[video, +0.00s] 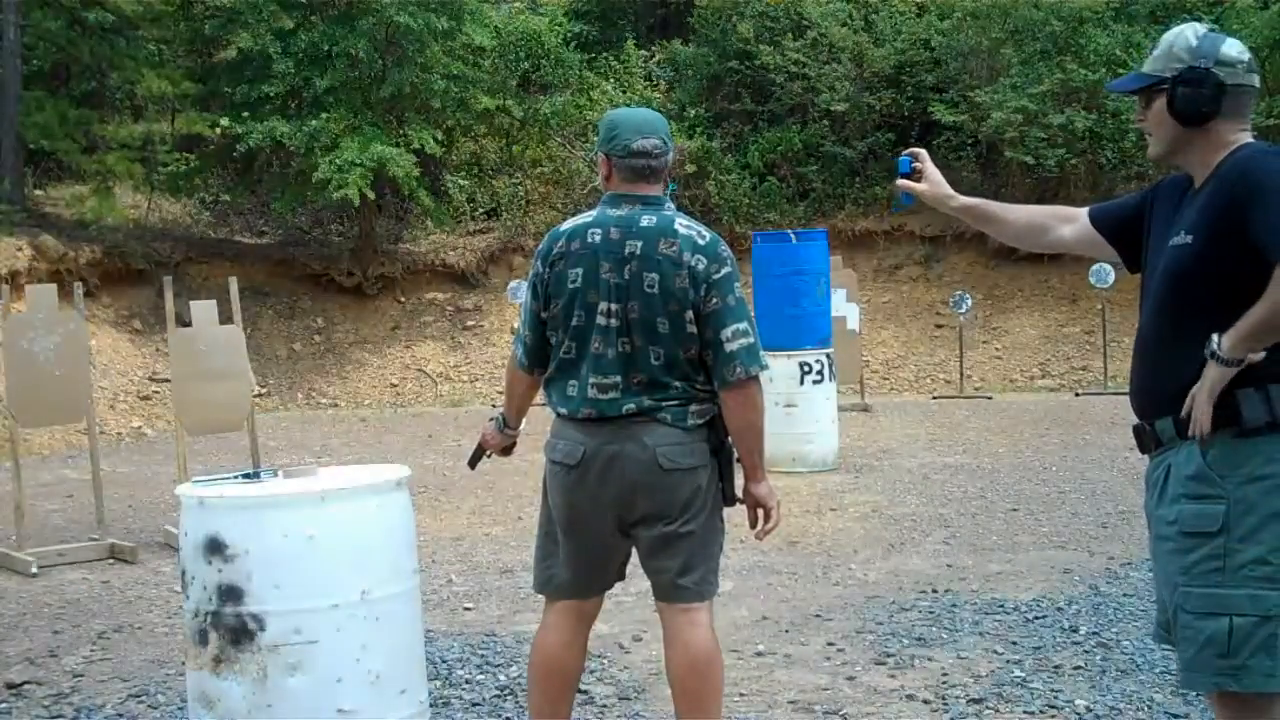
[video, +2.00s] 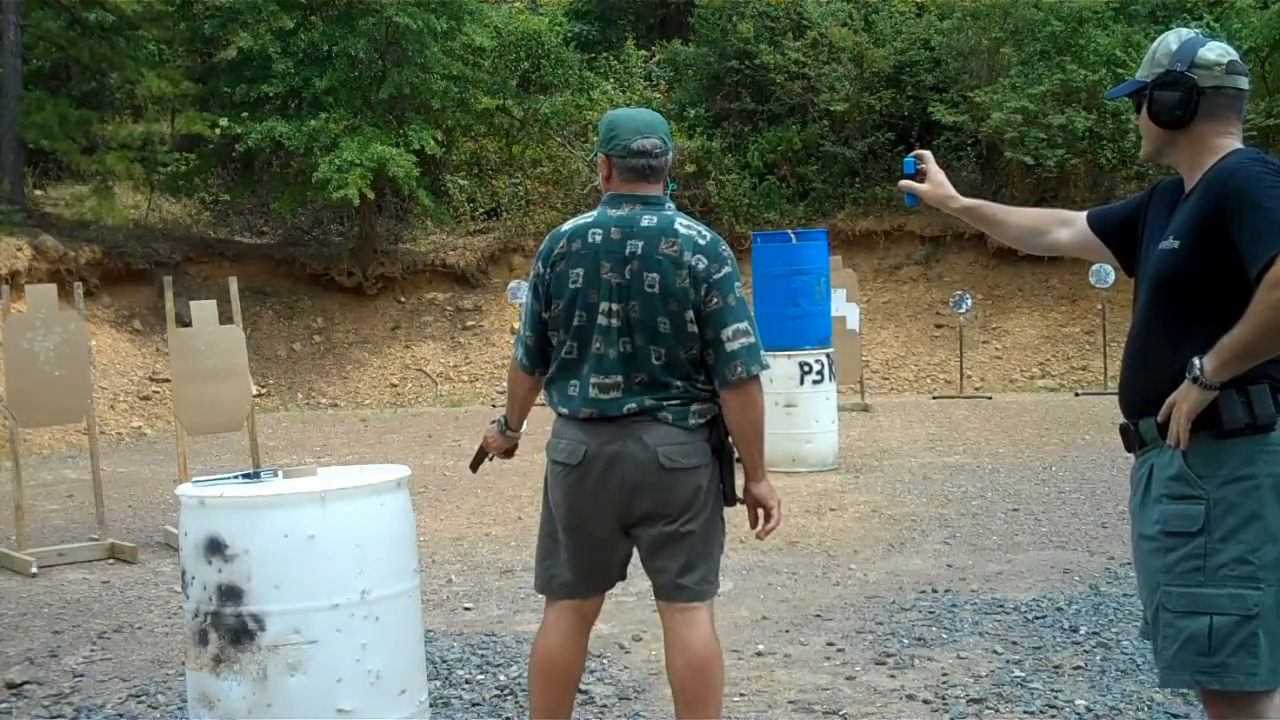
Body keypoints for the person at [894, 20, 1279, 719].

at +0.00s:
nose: (1140, 114)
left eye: (1150, 98)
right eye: (1141, 99)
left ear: (1195, 97)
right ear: (1202, 102)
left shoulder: (1258, 177)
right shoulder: (1169, 199)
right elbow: (1060, 228)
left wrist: (1229, 352)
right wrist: (951, 203)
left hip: (1236, 459)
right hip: (1186, 460)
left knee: (1245, 687)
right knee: (1229, 679)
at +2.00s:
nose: (1138, 114)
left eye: (1144, 100)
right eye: (1139, 101)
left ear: (1174, 102)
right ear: (1212, 104)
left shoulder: (1246, 180)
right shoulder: (1166, 201)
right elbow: (1059, 230)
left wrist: (1209, 374)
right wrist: (952, 202)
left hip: (1226, 458)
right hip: (1178, 457)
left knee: (1239, 689)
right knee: (1226, 682)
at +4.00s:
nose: (1150, 116)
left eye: (1154, 101)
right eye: (1151, 102)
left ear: (1179, 102)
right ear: (1232, 99)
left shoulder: (1246, 179)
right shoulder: (1196, 194)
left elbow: (1273, 284)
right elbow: (1091, 236)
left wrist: (1197, 382)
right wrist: (978, 209)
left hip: (1230, 462)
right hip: (1210, 456)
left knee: (1244, 693)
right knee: (1241, 687)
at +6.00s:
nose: (1145, 115)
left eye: (1150, 100)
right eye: (1146, 101)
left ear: (1177, 102)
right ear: (1223, 101)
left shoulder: (1242, 181)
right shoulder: (1191, 197)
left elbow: (1274, 283)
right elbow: (1084, 238)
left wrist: (1194, 381)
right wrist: (974, 213)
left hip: (1224, 462)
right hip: (1205, 457)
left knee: (1242, 692)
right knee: (1241, 685)